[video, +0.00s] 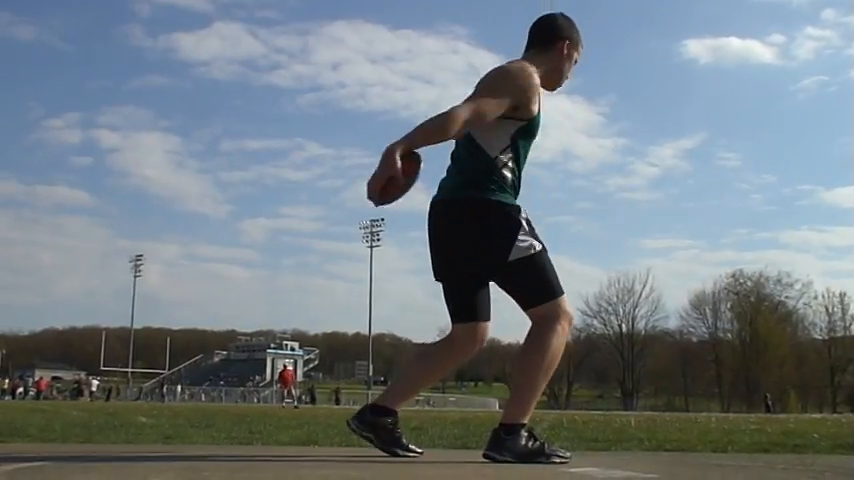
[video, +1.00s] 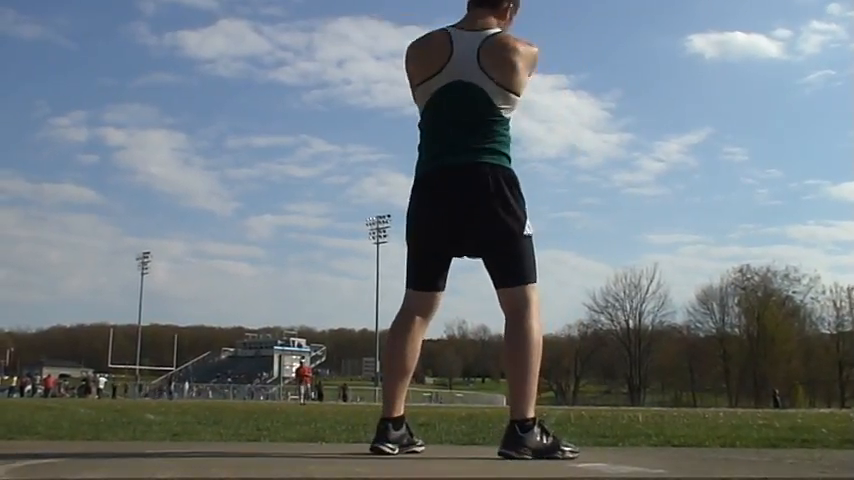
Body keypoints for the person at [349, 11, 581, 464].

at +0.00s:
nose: (573, 72)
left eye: (577, 63)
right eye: (576, 60)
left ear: (537, 44)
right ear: (563, 49)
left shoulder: (504, 80)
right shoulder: (524, 78)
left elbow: (456, 129)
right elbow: (464, 115)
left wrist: (397, 161)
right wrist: (401, 146)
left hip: (449, 215)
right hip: (490, 212)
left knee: (469, 333)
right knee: (555, 317)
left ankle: (380, 413)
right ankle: (512, 434)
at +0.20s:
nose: (542, 55)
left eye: (539, 49)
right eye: (544, 49)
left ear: (498, 41)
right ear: (538, 47)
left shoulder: (455, 81)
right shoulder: (538, 87)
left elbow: (410, 158)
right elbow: (569, 146)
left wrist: (420, 217)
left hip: (439, 217)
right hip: (496, 214)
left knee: (450, 328)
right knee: (543, 323)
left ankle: (377, 417)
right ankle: (514, 431)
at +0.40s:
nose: (518, 12)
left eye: (513, 9)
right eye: (519, 8)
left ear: (471, 5)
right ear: (514, 9)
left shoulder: (428, 48)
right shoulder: (530, 54)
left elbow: (405, 119)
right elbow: (558, 114)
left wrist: (446, 110)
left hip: (437, 190)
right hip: (498, 186)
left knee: (423, 304)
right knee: (526, 308)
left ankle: (384, 414)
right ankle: (520, 422)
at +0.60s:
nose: (506, 10)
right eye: (507, 6)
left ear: (458, 5)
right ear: (502, 7)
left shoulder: (424, 42)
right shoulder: (514, 48)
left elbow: (406, 100)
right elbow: (484, 67)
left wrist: (411, 39)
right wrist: (432, 27)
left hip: (441, 182)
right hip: (502, 180)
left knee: (420, 301)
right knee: (523, 302)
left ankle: (391, 417)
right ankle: (527, 417)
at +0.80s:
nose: (501, 14)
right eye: (503, 10)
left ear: (454, 8)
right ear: (498, 10)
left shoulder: (419, 47)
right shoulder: (512, 55)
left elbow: (397, 106)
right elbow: (463, 56)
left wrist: (400, 45)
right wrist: (413, 22)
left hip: (434, 188)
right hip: (496, 186)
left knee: (415, 305)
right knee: (519, 308)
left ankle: (391, 422)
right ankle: (525, 423)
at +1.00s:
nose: (517, 14)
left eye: (515, 10)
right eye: (518, 9)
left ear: (468, 4)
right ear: (509, 8)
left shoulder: (418, 49)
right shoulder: (520, 51)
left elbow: (429, 103)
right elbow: (503, 91)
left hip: (430, 193)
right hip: (491, 189)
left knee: (416, 308)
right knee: (522, 310)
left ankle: (391, 426)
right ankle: (524, 429)